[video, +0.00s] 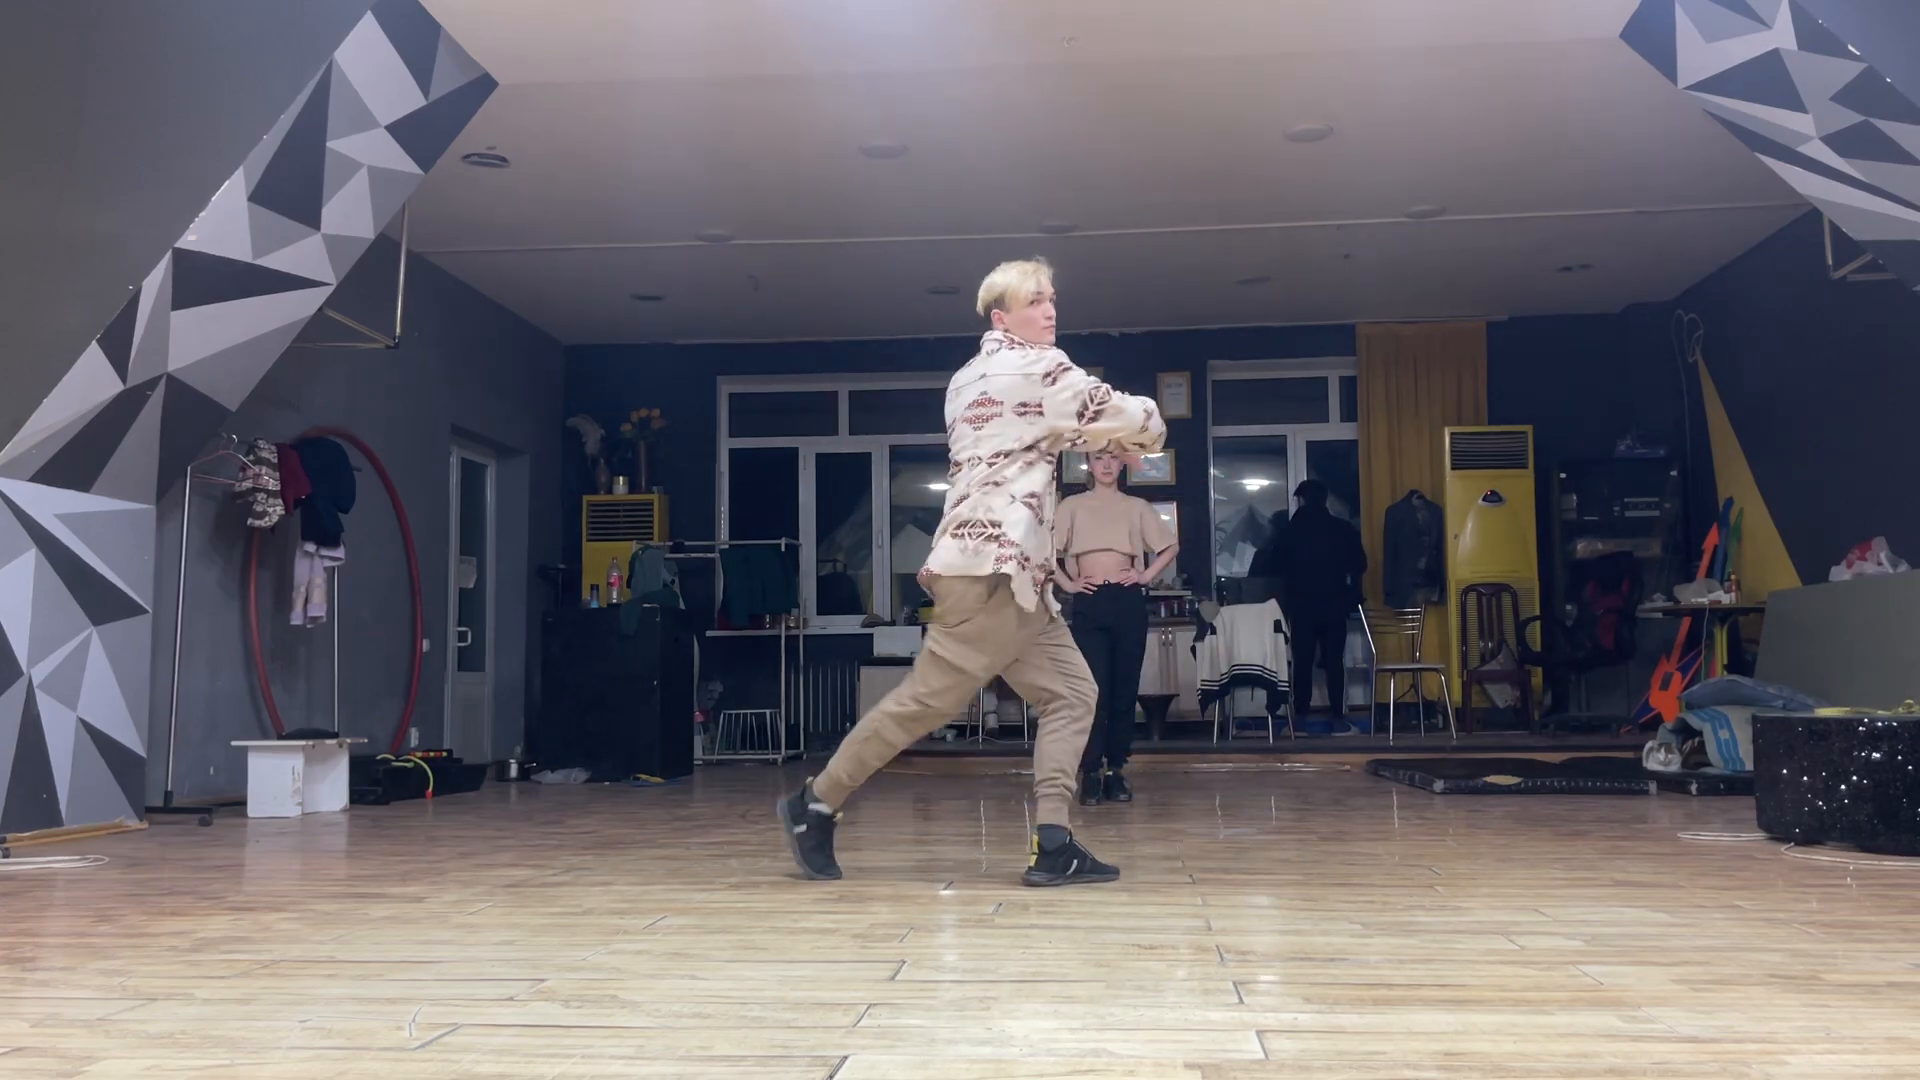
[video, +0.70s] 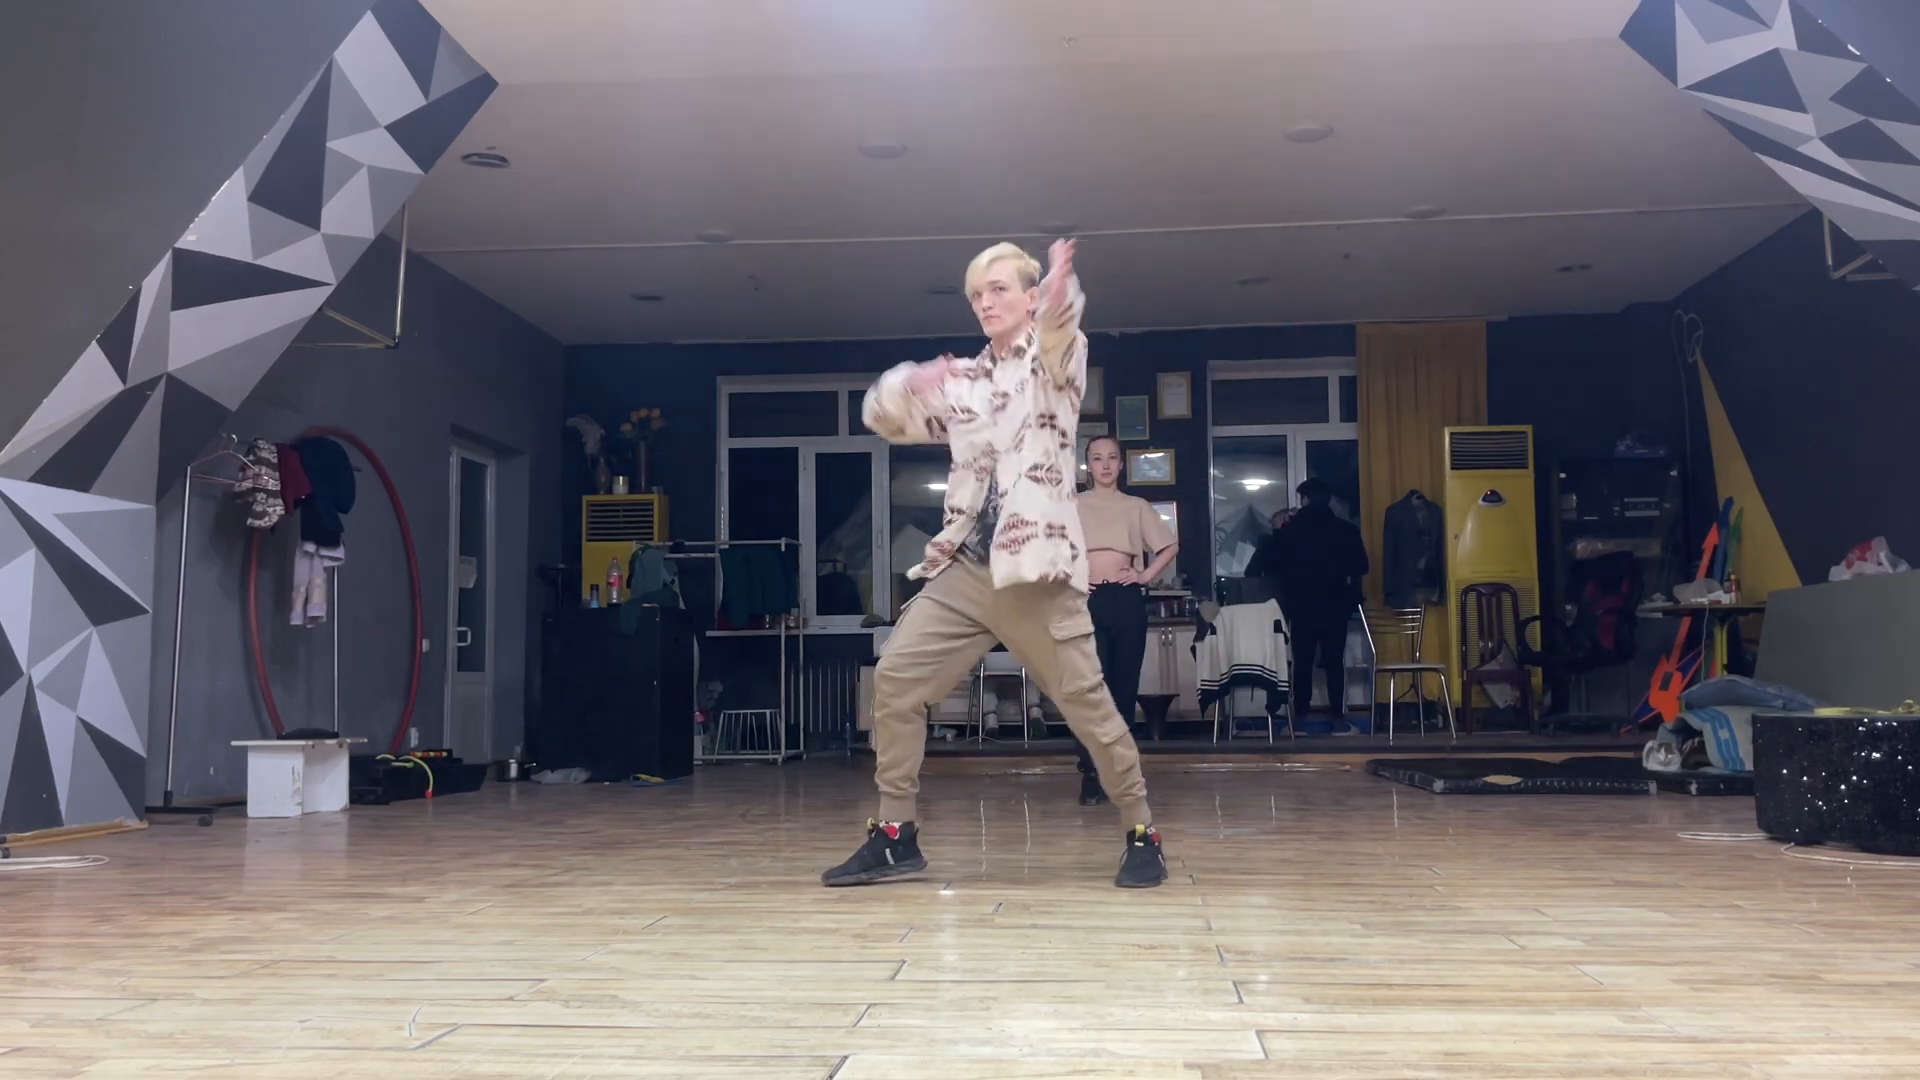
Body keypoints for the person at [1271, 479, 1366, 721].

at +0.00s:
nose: (1298, 504)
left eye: (1298, 500)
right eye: (1298, 500)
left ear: (1301, 500)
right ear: (1325, 500)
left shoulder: (1289, 530)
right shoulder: (1342, 527)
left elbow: (1277, 569)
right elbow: (1359, 565)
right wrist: (1353, 595)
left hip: (1301, 605)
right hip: (1333, 603)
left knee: (1302, 663)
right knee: (1334, 661)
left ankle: (1300, 719)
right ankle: (1337, 719)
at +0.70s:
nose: (1301, 502)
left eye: (1302, 498)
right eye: (1302, 498)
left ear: (1305, 499)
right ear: (1328, 499)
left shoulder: (1291, 529)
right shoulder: (1346, 529)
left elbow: (1272, 566)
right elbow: (1360, 567)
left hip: (1302, 604)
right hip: (1335, 604)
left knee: (1302, 661)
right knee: (1334, 661)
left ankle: (1300, 719)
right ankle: (1337, 719)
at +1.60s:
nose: (1299, 502)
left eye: (1299, 498)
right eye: (1301, 498)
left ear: (1302, 500)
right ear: (1326, 500)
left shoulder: (1285, 528)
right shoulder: (1344, 529)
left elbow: (1251, 567)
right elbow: (1358, 568)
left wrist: (1270, 527)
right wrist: (1354, 598)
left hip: (1296, 605)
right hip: (1333, 604)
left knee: (1300, 661)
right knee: (1333, 661)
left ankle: (1299, 717)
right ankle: (1337, 719)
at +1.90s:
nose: (1298, 502)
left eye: (1299, 499)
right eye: (1300, 499)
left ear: (1302, 500)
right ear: (1327, 500)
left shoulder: (1285, 528)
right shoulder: (1345, 529)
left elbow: (1249, 567)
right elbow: (1358, 568)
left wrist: (1269, 527)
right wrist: (1355, 597)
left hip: (1297, 605)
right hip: (1333, 603)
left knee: (1300, 661)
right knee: (1333, 661)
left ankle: (1299, 717)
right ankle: (1337, 719)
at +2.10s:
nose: (1298, 502)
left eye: (1299, 498)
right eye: (1300, 499)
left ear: (1302, 499)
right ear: (1327, 500)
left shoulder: (1284, 528)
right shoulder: (1345, 529)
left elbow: (1249, 567)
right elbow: (1358, 568)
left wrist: (1271, 528)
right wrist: (1353, 598)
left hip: (1296, 604)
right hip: (1333, 604)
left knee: (1300, 661)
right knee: (1333, 661)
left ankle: (1301, 718)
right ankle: (1337, 719)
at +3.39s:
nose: (1275, 511)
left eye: (1275, 507)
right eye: (1275, 507)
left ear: (1277, 507)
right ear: (1300, 503)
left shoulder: (1269, 531)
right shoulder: (1321, 524)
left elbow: (1256, 569)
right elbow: (1336, 558)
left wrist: (1275, 592)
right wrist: (1313, 560)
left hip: (1291, 604)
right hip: (1325, 602)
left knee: (1298, 662)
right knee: (1330, 662)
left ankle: (1299, 719)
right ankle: (1337, 719)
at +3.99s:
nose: (1264, 513)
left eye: (1263, 509)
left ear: (1264, 509)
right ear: (1287, 505)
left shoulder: (1259, 532)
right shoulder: (1308, 523)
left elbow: (1251, 571)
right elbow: (1328, 555)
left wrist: (1271, 593)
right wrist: (1307, 561)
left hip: (1285, 604)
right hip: (1319, 599)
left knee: (1294, 663)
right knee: (1328, 660)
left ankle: (1297, 719)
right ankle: (1336, 716)